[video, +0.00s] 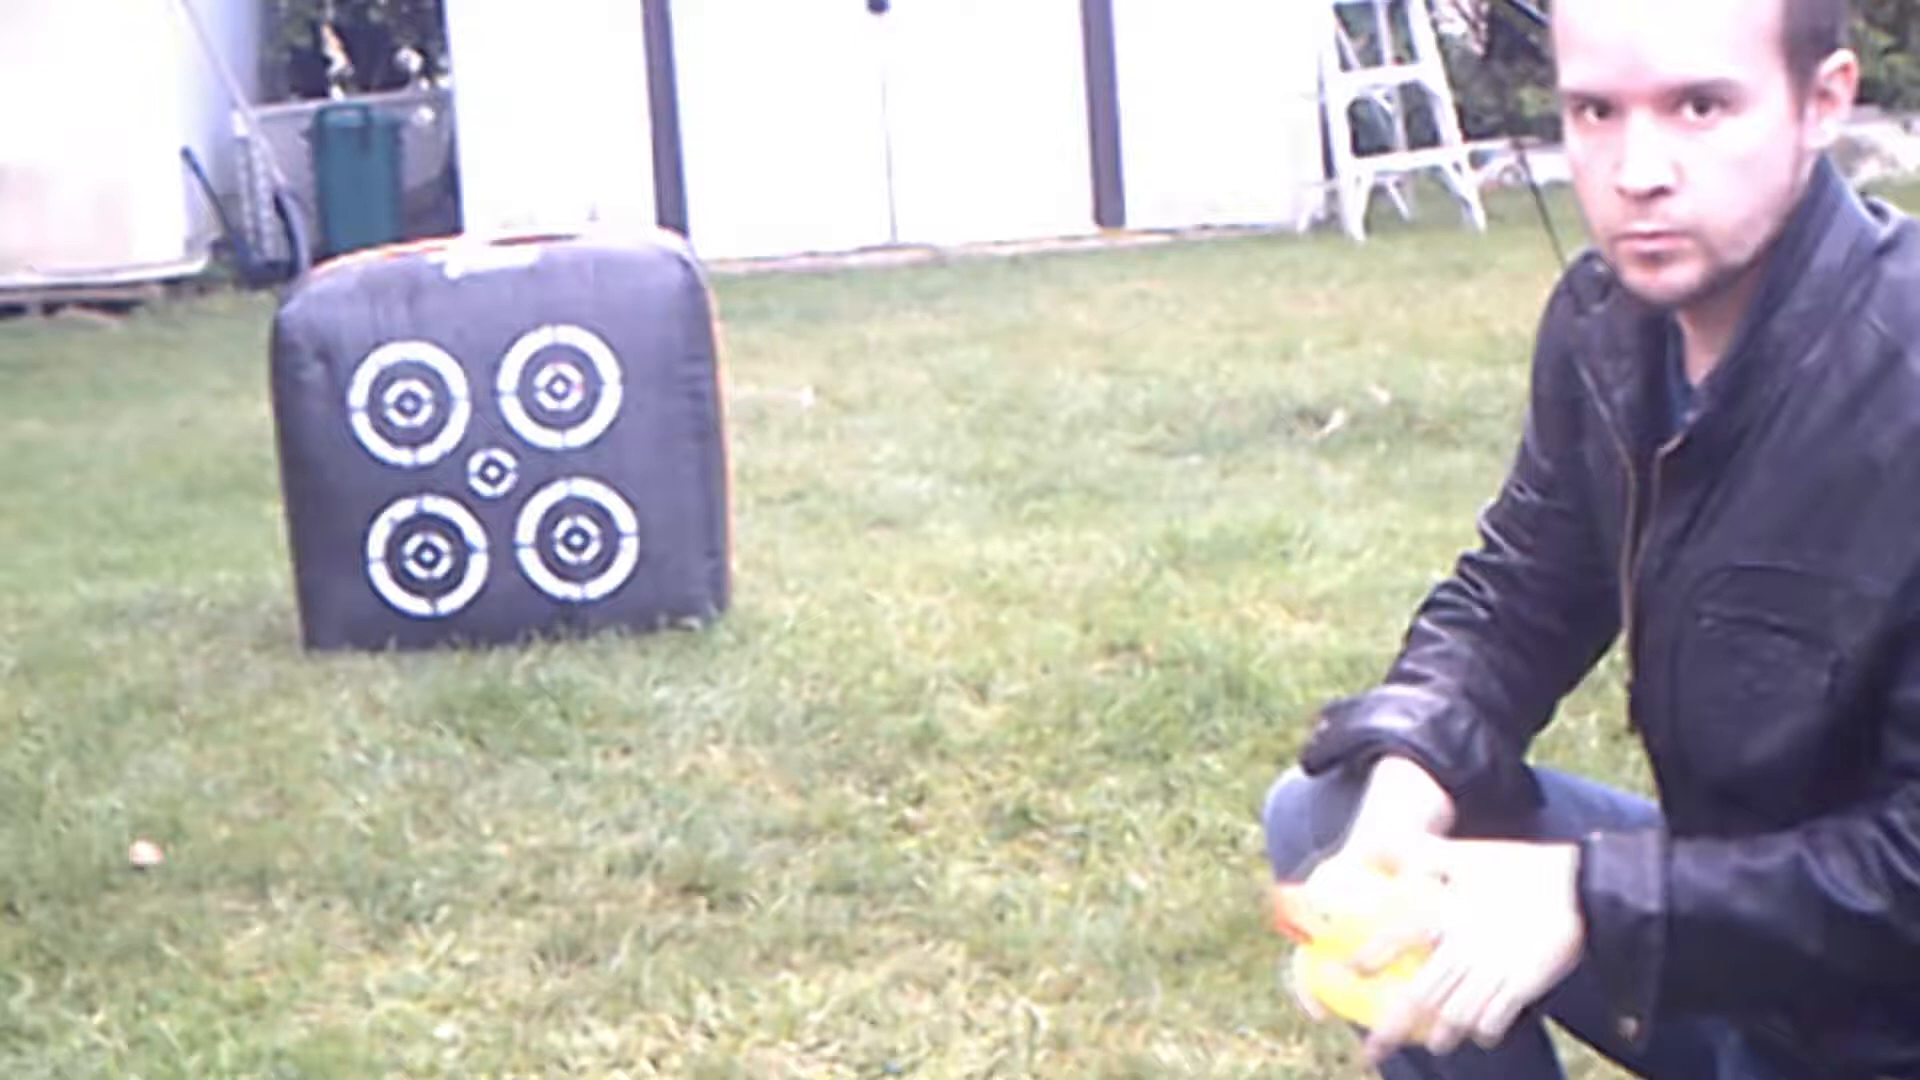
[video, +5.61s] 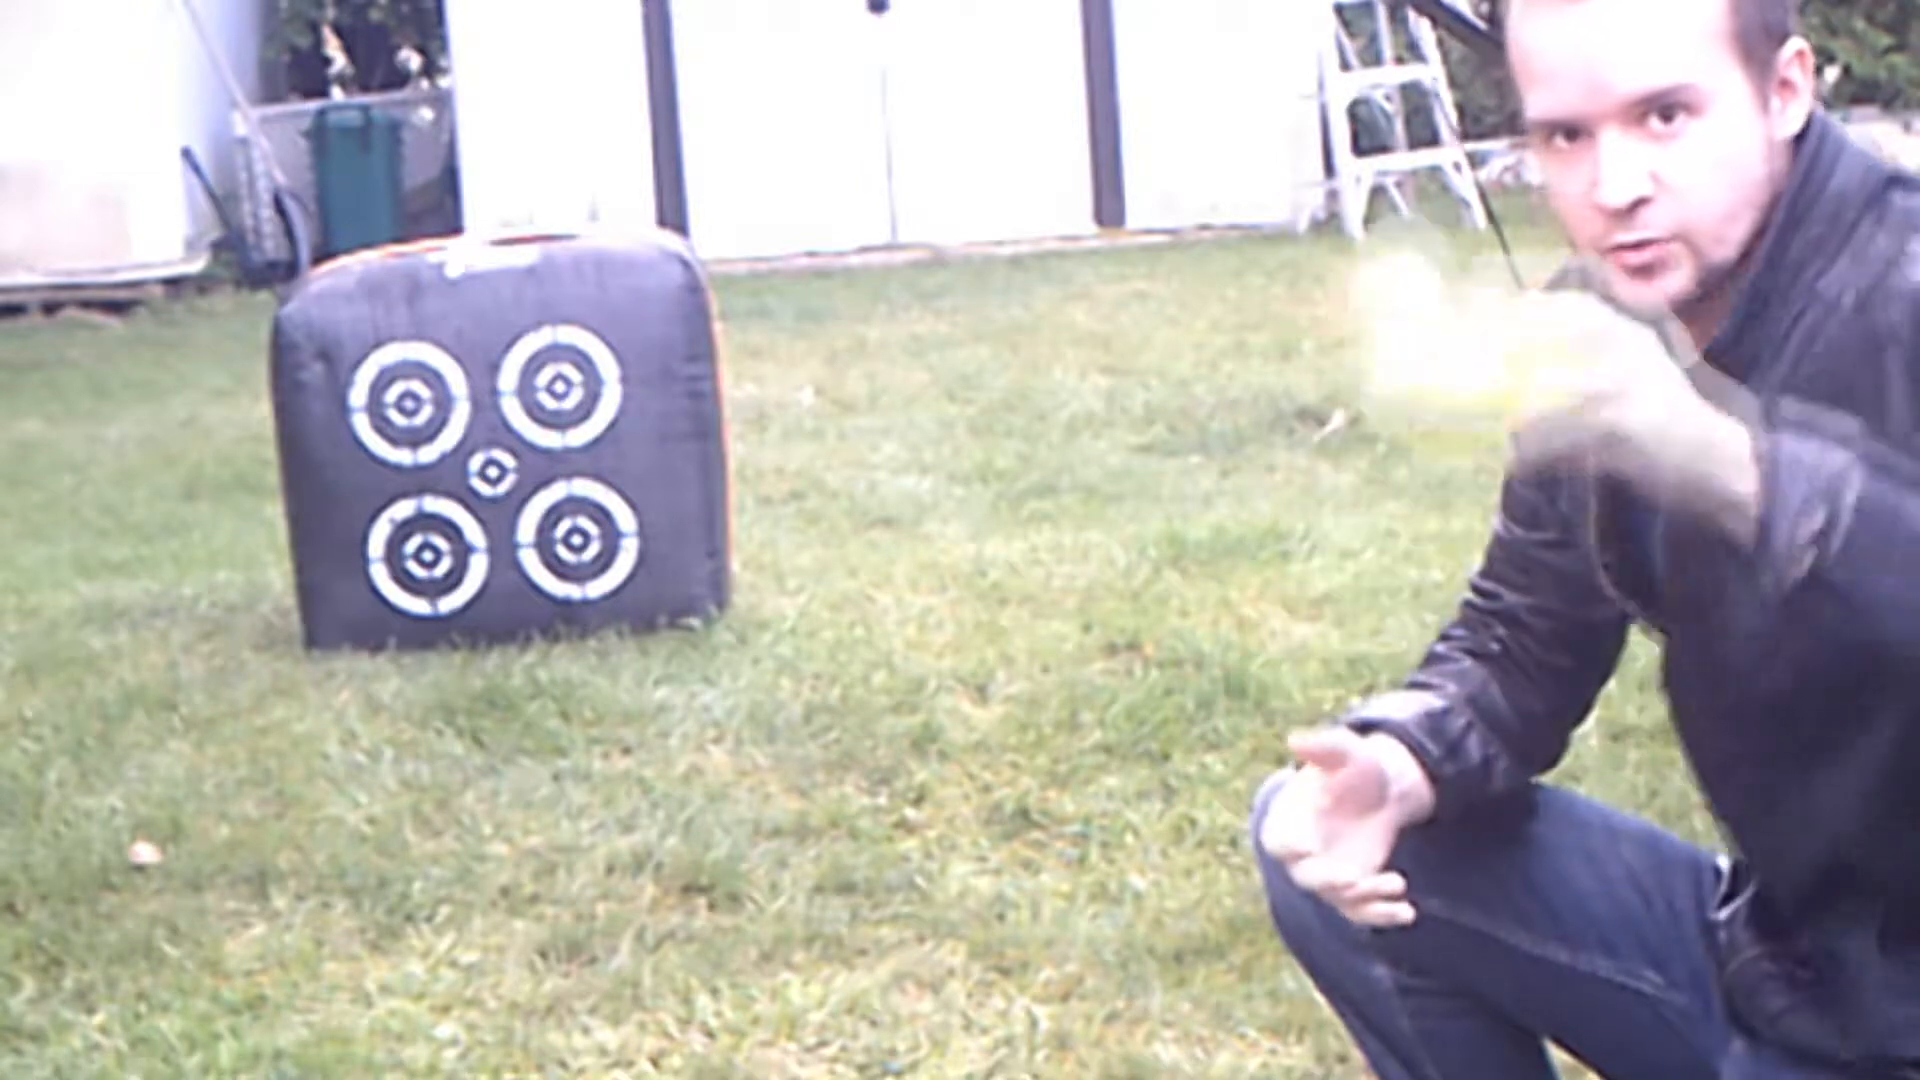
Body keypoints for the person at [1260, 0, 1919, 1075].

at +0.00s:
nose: (1638, 176)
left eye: (1701, 108)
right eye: (1596, 113)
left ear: (1825, 102)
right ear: (1561, 119)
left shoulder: (1899, 364)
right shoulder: (1603, 316)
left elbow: (1907, 858)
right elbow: (1520, 595)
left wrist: (1597, 896)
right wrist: (1412, 772)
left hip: (1878, 1022)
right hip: (1713, 926)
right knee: (1329, 815)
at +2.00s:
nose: (1660, 140)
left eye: (1719, 78)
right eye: (1616, 87)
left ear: (1838, 84)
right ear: (1580, 101)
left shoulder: (1903, 352)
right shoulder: (1602, 314)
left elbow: (1908, 816)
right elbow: (1544, 615)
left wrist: (1594, 788)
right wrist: (1400, 719)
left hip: (1868, 1039)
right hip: (1692, 943)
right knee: (1358, 862)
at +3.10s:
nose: (1542, 247)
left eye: (1594, 194)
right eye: (1521, 190)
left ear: (1761, 158)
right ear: (1502, 154)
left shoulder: (1902, 383)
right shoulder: (1592, 330)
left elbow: (1905, 850)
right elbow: (1539, 628)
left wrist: (1567, 833)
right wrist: (1393, 739)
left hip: (1871, 1045)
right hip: (1703, 968)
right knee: (1351, 874)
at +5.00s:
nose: (1598, 201)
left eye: (1649, 130)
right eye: (1551, 149)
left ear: (1777, 108)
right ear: (1517, 153)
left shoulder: (1902, 362)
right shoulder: (1581, 339)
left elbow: (1912, 842)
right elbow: (1529, 629)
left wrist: (1606, 847)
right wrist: (1397, 745)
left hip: (1876, 1044)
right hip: (1701, 964)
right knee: (1345, 887)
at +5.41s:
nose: (1602, 192)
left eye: (1653, 122)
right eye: (1555, 139)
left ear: (1779, 102)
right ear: (1520, 145)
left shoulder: (1895, 336)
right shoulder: (1579, 332)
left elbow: (1901, 780)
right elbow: (1529, 613)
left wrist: (1646, 741)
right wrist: (1401, 762)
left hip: (1869, 1019)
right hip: (1718, 929)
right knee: (1324, 853)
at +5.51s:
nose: (1607, 189)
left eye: (1657, 118)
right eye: (1559, 135)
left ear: (1783, 96)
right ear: (1522, 144)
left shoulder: (1902, 323)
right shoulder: (1579, 333)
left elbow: (1907, 682)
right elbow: (1540, 633)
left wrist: (1685, 606)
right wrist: (1409, 752)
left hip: (1884, 1028)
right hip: (1741, 931)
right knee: (1324, 842)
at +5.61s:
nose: (1613, 189)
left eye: (1664, 117)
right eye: (1564, 136)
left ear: (1787, 91)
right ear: (1527, 143)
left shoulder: (1896, 297)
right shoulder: (1601, 324)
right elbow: (1526, 630)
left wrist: (1742, 472)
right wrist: (1407, 758)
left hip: (1881, 1036)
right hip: (1762, 941)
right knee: (1325, 842)